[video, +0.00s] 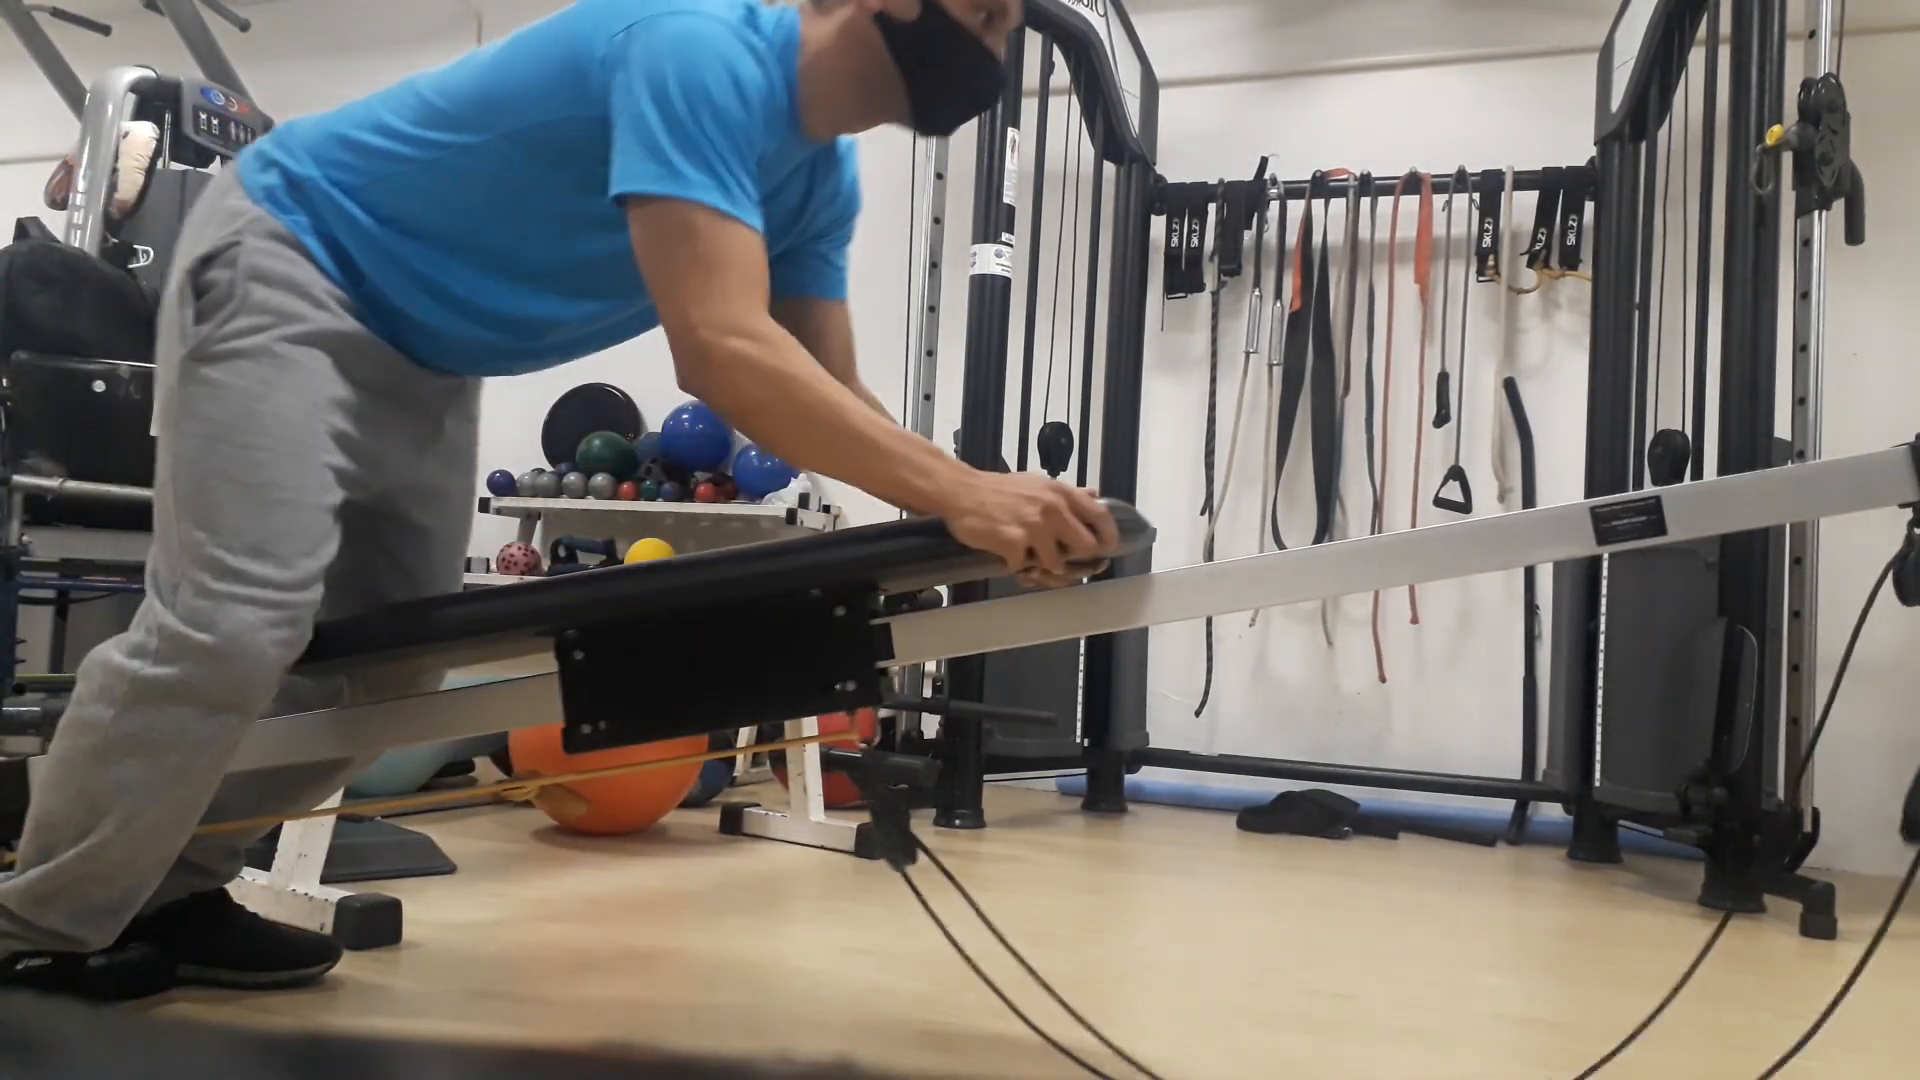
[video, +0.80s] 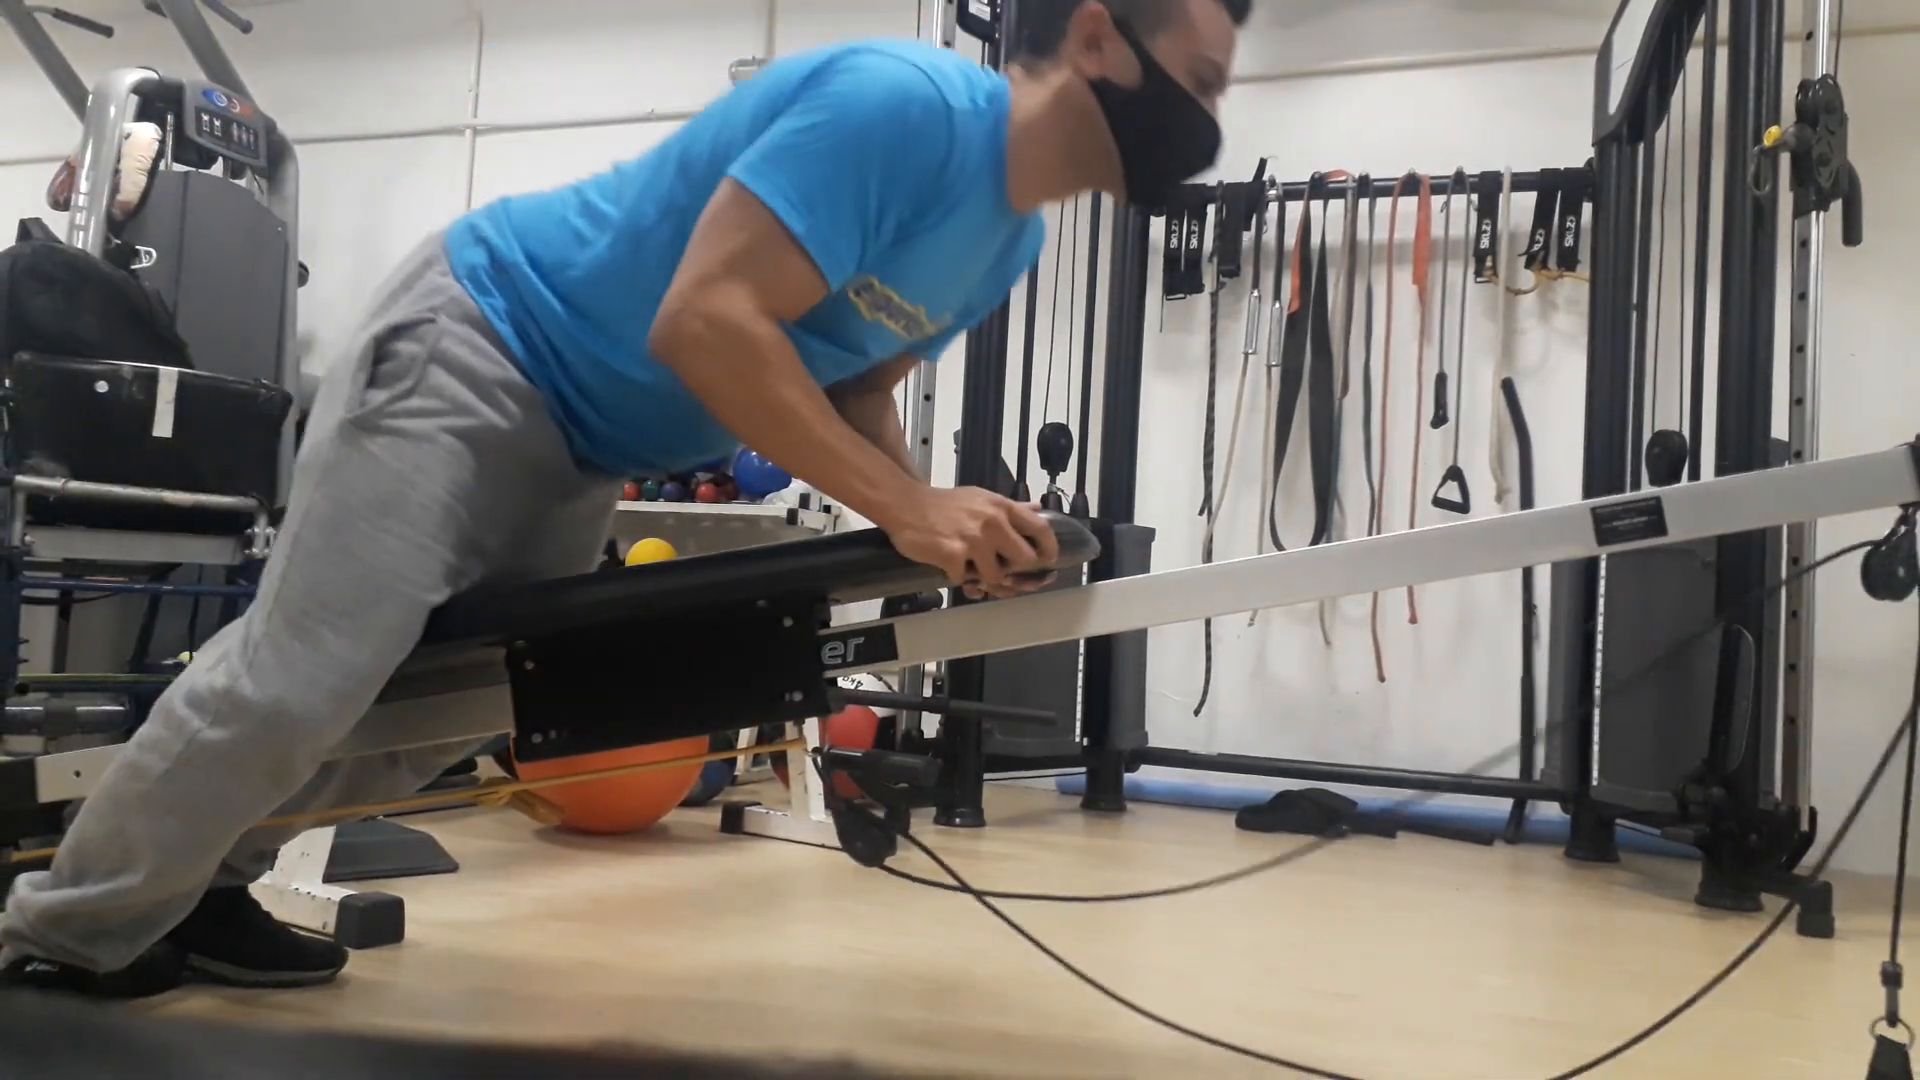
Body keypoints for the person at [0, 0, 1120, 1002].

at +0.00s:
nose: (1002, 44)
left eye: (1013, 34)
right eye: (991, 15)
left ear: (912, 36)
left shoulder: (819, 168)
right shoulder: (701, 55)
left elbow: (821, 384)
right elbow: (722, 352)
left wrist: (975, 496)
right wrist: (956, 492)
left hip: (426, 349)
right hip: (287, 253)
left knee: (391, 664)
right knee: (233, 627)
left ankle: (168, 883)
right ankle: (39, 926)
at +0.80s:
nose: (1207, 126)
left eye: (1221, 100)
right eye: (1193, 84)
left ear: (1133, 82)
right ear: (1097, 40)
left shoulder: (1010, 233)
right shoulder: (902, 105)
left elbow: (847, 392)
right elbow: (703, 324)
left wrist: (935, 522)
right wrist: (905, 504)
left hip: (589, 459)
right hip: (482, 342)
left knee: (444, 727)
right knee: (301, 684)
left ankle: (201, 877)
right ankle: (50, 946)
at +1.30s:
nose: (1318, 296)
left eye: (1332, 268)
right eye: (1306, 252)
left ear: (1221, 241)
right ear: (1204, 210)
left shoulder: (1080, 380)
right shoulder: (1008, 253)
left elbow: (875, 428)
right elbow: (728, 310)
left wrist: (968, 518)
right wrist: (907, 506)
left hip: (629, 520)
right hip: (537, 404)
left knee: (503, 735)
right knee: (300, 726)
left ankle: (223, 842)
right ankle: (68, 944)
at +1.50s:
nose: (1315, 347)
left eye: (1332, 319)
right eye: (1305, 302)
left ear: (1225, 293)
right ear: (1208, 263)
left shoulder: (1085, 426)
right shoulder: (1024, 308)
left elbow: (858, 494)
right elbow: (731, 308)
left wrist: (973, 559)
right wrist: (910, 510)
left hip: (621, 550)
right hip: (538, 427)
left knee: (493, 750)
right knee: (294, 726)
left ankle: (236, 848)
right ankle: (60, 945)